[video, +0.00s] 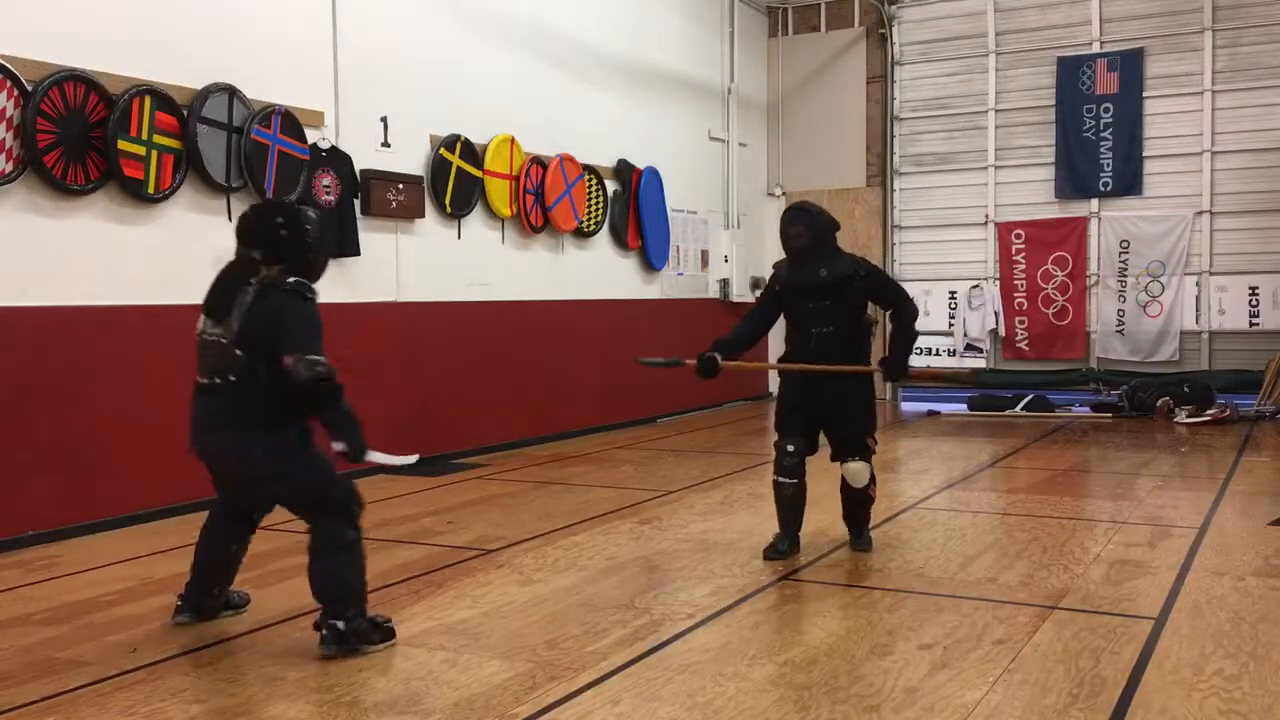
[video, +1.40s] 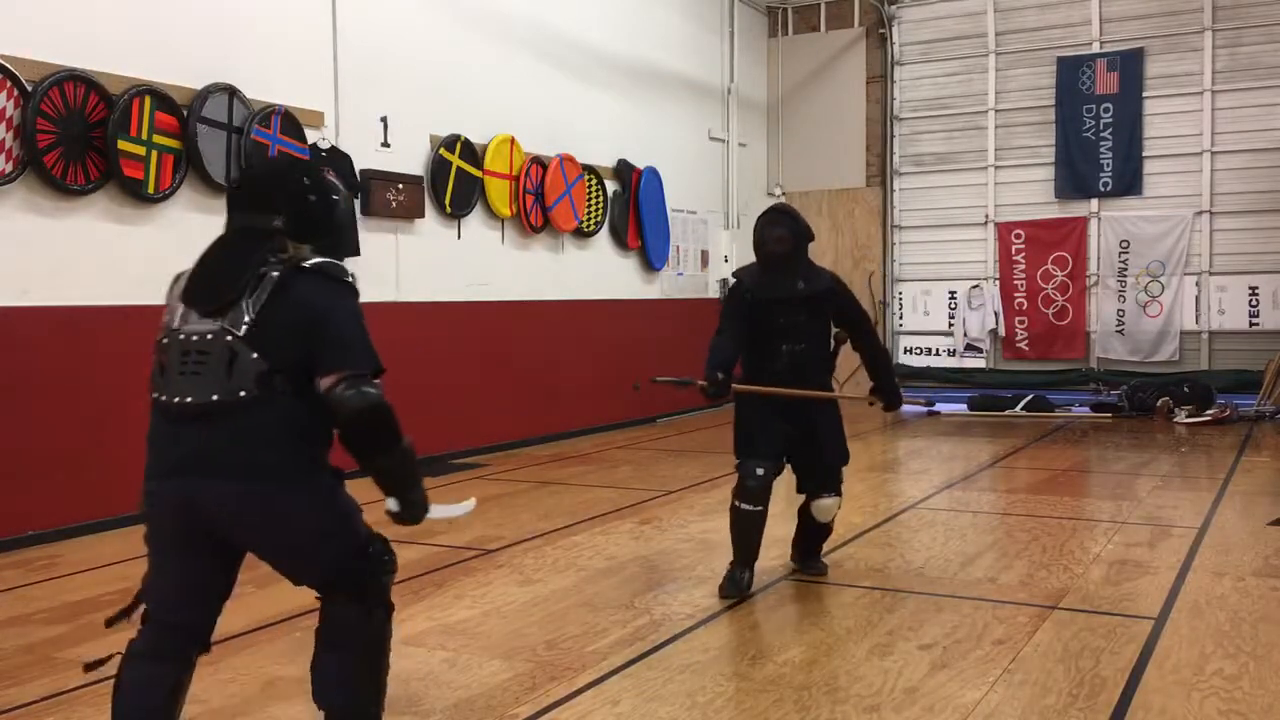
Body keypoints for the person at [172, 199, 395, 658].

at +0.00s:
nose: (318, 252)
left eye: (315, 242)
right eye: (310, 242)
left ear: (253, 246)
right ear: (290, 248)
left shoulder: (227, 282)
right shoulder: (289, 299)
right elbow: (310, 375)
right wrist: (346, 432)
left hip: (214, 432)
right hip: (265, 438)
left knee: (241, 501)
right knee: (337, 506)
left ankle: (202, 595)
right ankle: (344, 619)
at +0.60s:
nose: (369, 216)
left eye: (365, 204)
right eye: (360, 205)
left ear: (289, 209)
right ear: (338, 212)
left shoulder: (254, 264)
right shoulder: (333, 275)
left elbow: (260, 359)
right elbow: (364, 366)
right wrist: (409, 437)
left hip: (239, 440)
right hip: (307, 443)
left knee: (281, 538)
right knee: (365, 537)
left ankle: (266, 665)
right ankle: (353, 674)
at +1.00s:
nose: (397, 246)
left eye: (394, 235)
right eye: (392, 236)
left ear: (310, 235)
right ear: (373, 239)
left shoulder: (261, 288)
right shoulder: (377, 293)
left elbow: (243, 383)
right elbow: (423, 404)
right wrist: (447, 482)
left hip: (231, 467)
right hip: (320, 476)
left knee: (265, 560)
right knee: (380, 579)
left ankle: (251, 688)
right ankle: (355, 705)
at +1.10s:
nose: (394, 240)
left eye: (392, 229)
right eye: (388, 229)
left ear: (303, 231)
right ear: (367, 234)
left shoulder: (253, 287)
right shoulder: (372, 290)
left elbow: (233, 390)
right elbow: (421, 406)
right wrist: (451, 479)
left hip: (224, 468)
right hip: (317, 476)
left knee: (255, 567)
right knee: (380, 576)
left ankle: (229, 706)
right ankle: (354, 707)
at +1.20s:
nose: (381, 226)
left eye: (377, 214)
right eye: (372, 215)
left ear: (288, 222)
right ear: (348, 225)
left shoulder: (239, 283)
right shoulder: (359, 289)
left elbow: (222, 392)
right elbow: (407, 401)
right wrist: (446, 481)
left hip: (210, 475)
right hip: (307, 479)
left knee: (223, 593)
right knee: (374, 580)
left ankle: (188, 708)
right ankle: (351, 707)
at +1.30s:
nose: (363, 216)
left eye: (358, 202)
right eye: (354, 204)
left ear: (268, 214)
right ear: (328, 215)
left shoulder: (214, 284)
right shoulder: (337, 287)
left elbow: (212, 392)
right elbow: (382, 401)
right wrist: (428, 475)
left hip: (196, 485)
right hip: (291, 486)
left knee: (181, 623)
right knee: (368, 578)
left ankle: (145, 708)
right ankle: (350, 707)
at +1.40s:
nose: (341, 211)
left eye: (337, 198)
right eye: (330, 199)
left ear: (243, 212)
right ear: (301, 212)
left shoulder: (191, 282)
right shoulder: (314, 283)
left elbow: (178, 398)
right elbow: (357, 406)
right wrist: (404, 487)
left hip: (178, 488)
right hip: (272, 486)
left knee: (168, 630)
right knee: (359, 572)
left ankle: (136, 710)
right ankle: (350, 707)